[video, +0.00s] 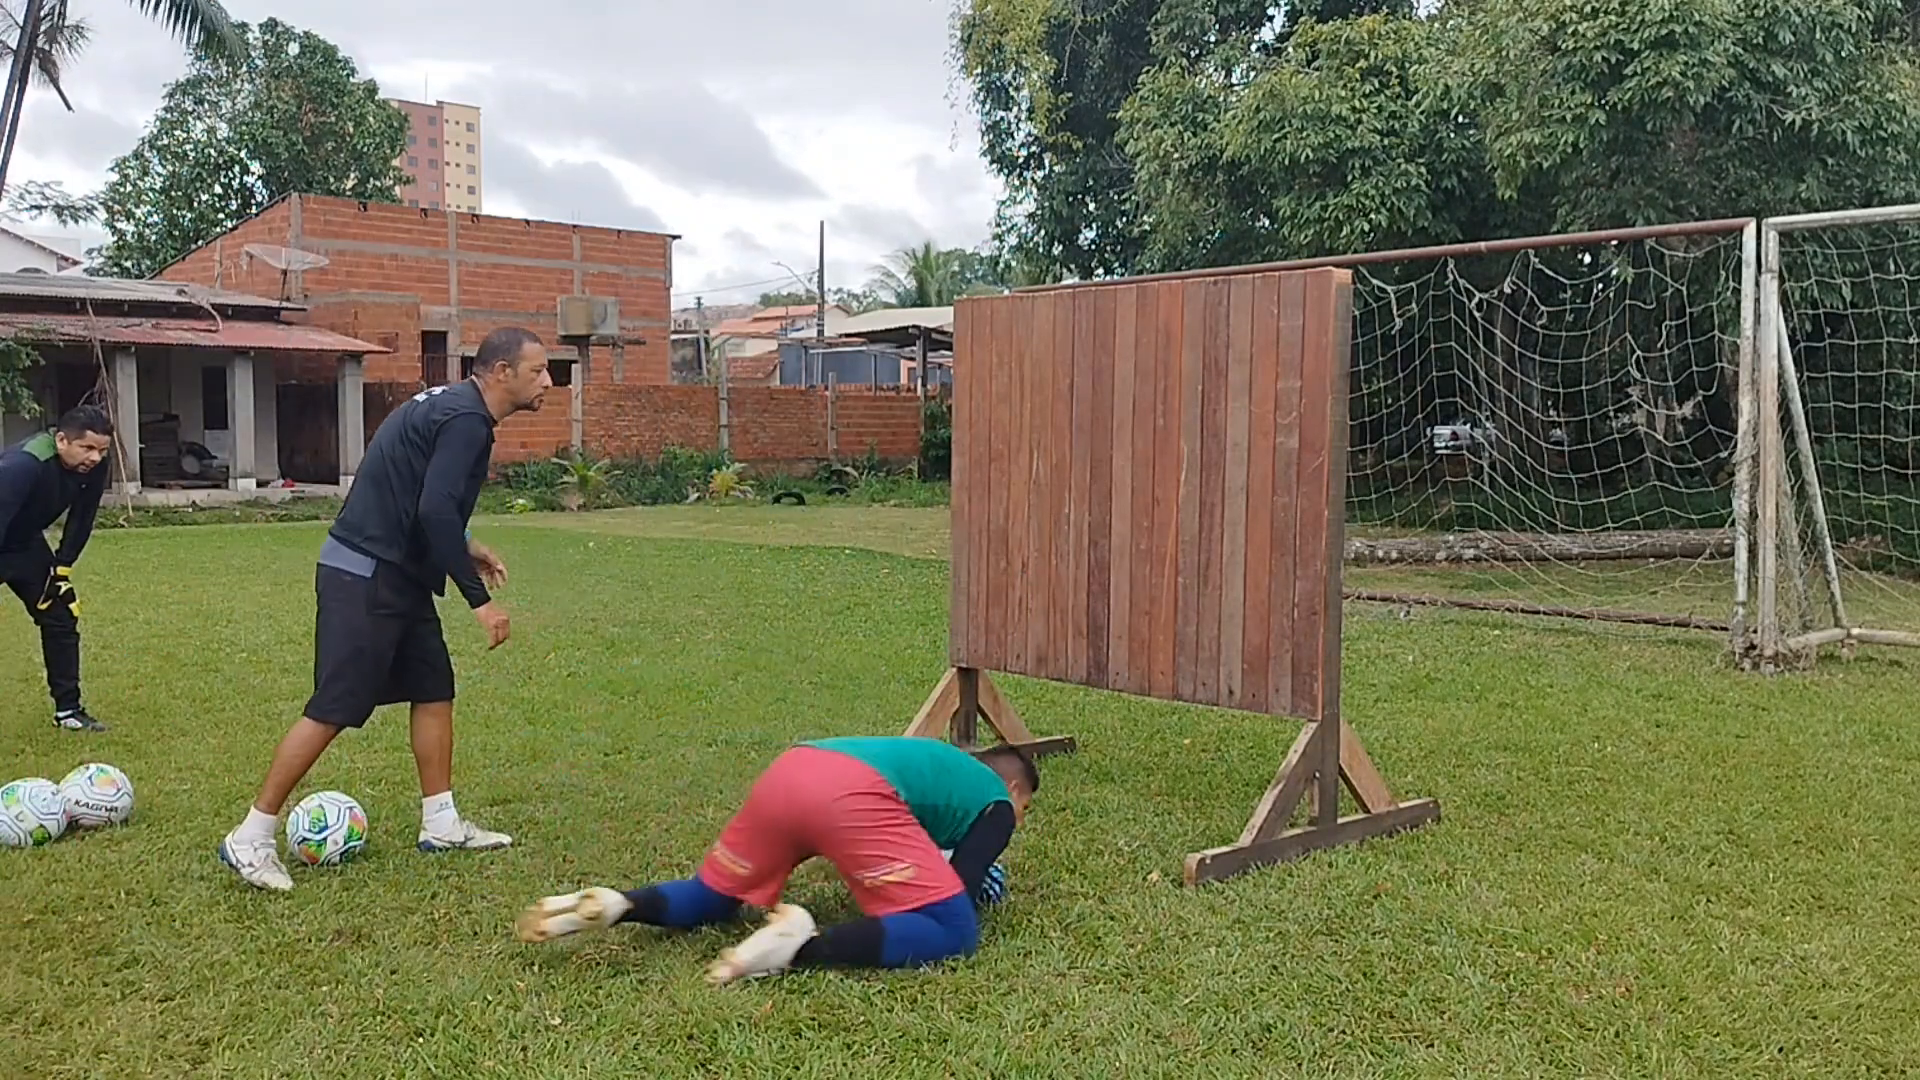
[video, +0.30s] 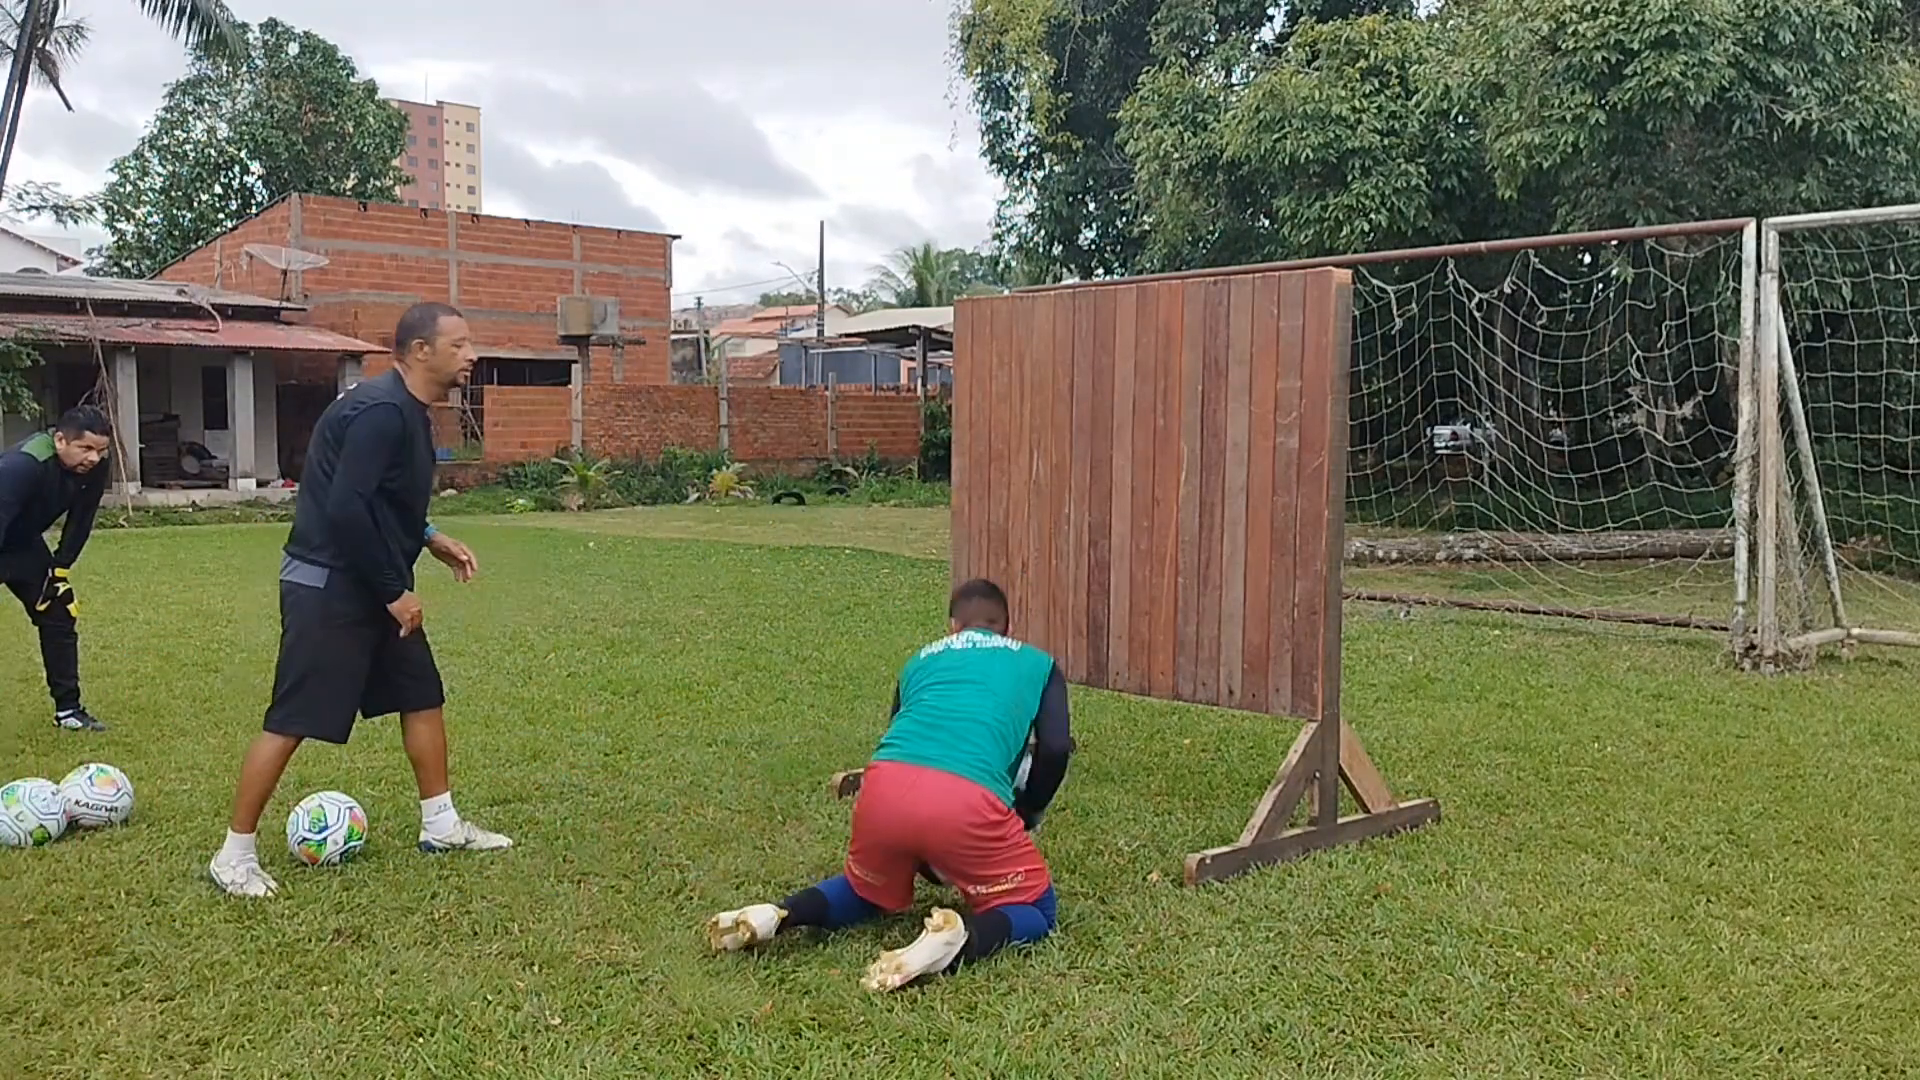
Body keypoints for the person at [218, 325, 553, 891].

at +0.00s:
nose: (548, 382)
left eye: (548, 372)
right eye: (540, 371)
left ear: (498, 372)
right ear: (502, 371)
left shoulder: (452, 407)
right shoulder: (467, 420)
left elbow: (418, 504)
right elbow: (438, 512)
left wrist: (465, 549)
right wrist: (480, 599)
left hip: (400, 576)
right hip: (362, 572)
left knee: (433, 687)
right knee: (335, 704)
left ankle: (441, 824)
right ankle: (252, 836)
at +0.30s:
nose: (471, 356)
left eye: (469, 344)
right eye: (459, 345)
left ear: (428, 353)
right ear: (419, 352)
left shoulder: (410, 413)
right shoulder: (379, 413)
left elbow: (386, 501)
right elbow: (347, 508)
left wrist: (432, 540)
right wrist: (393, 591)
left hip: (377, 587)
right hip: (325, 586)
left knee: (422, 698)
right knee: (293, 717)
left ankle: (441, 826)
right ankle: (235, 855)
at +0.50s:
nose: (398, 340)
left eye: (397, 329)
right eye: (387, 329)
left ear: (356, 340)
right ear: (347, 338)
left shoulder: (347, 401)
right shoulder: (306, 404)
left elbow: (338, 495)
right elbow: (289, 511)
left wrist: (393, 521)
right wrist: (374, 564)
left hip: (336, 585)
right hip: (283, 588)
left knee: (393, 695)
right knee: (254, 724)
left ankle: (429, 822)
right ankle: (227, 860)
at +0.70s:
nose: (353, 325)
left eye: (350, 312)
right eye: (340, 314)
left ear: (310, 325)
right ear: (299, 326)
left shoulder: (310, 394)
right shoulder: (262, 398)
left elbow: (331, 480)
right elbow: (280, 501)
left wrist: (413, 477)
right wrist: (384, 492)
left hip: (320, 584)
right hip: (268, 589)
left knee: (367, 700)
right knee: (251, 724)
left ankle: (381, 834)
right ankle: (227, 859)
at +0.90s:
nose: (323, 319)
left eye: (320, 307)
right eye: (310, 309)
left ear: (278, 320)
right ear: (270, 320)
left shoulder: (293, 390)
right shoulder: (240, 393)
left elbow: (319, 474)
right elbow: (295, 483)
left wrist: (403, 453)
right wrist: (381, 434)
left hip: (309, 579)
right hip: (255, 583)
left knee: (350, 703)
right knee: (248, 722)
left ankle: (378, 834)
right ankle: (226, 858)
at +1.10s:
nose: (314, 321)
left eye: (310, 309)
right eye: (301, 312)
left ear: (268, 323)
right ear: (262, 324)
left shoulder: (277, 391)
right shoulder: (236, 397)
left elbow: (304, 483)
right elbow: (273, 498)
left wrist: (372, 482)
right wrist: (368, 491)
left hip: (304, 580)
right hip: (255, 586)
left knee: (345, 706)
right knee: (246, 726)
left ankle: (378, 834)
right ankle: (226, 859)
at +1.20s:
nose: (315, 323)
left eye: (311, 311)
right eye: (302, 314)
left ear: (270, 324)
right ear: (262, 325)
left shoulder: (278, 391)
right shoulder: (231, 397)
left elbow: (303, 483)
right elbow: (258, 503)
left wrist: (362, 489)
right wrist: (356, 504)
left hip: (305, 580)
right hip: (252, 587)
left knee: (347, 703)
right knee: (246, 725)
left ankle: (378, 834)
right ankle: (226, 859)